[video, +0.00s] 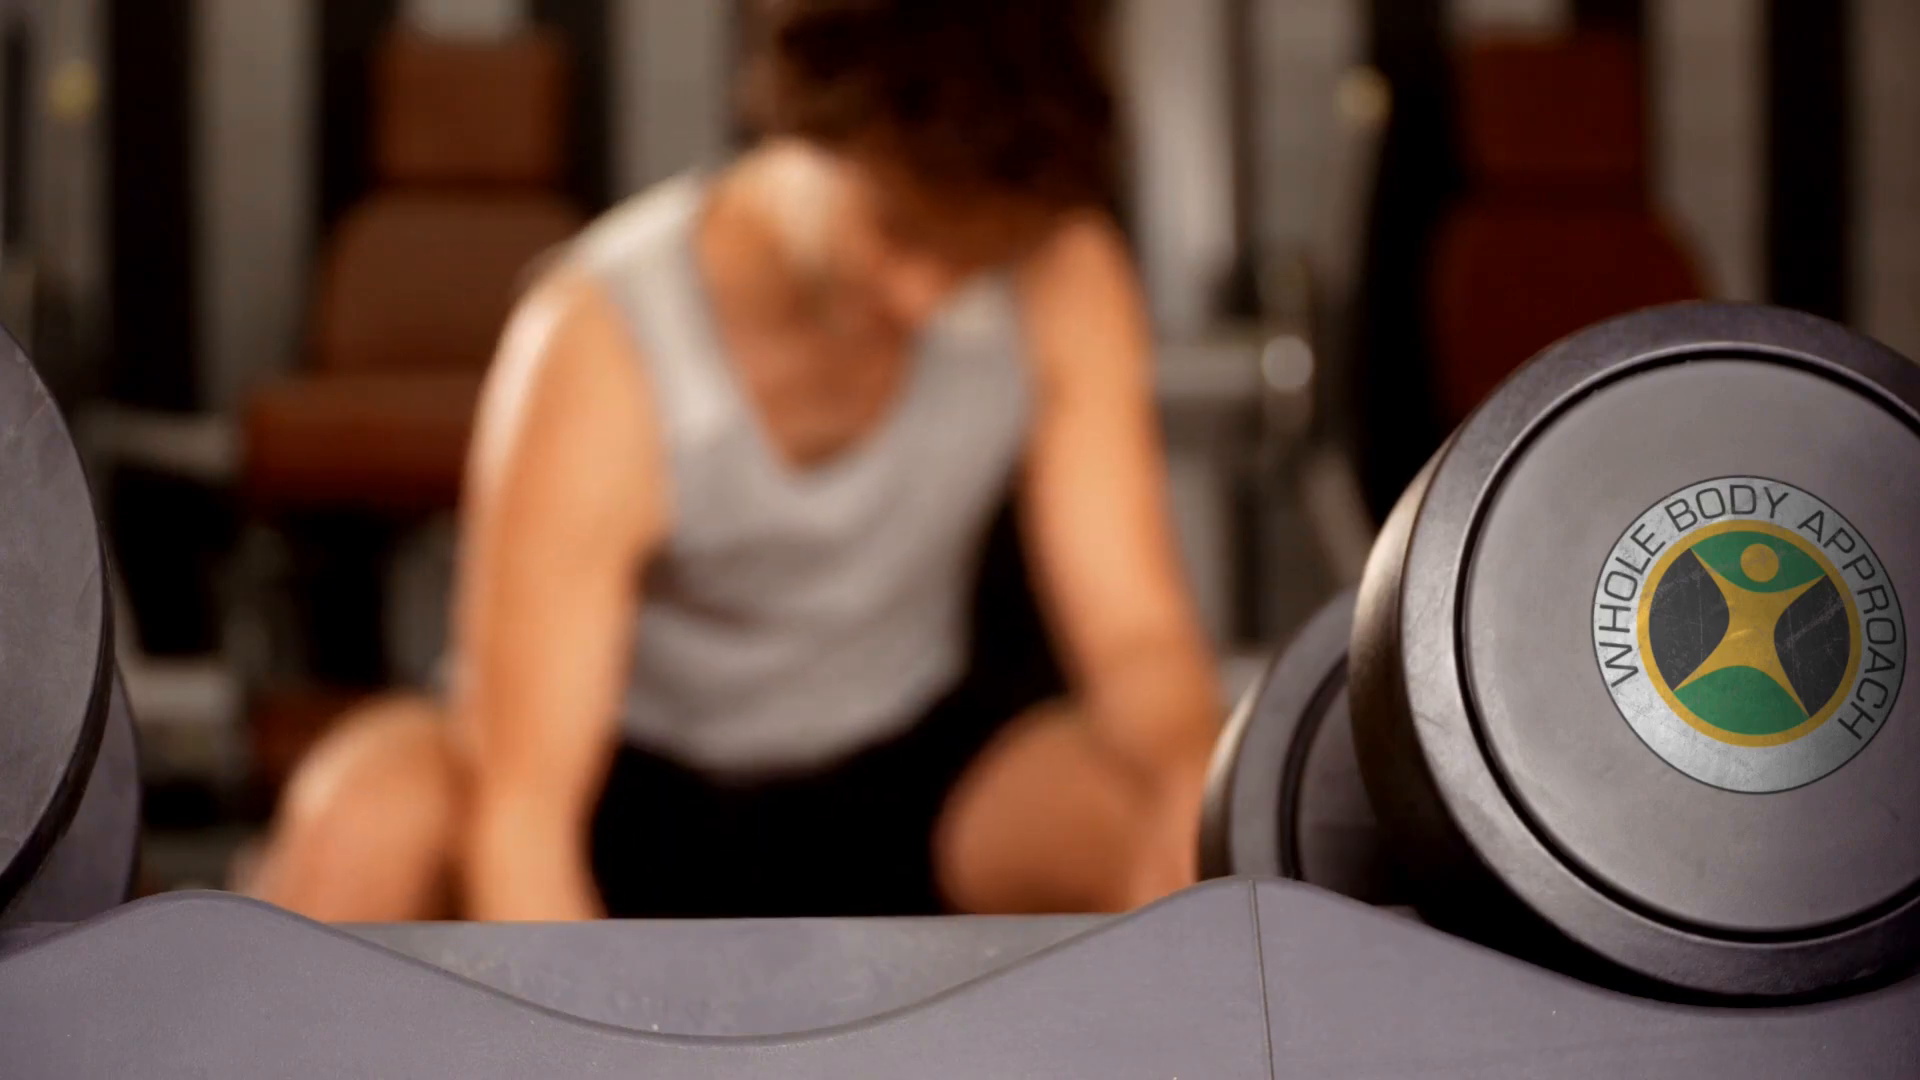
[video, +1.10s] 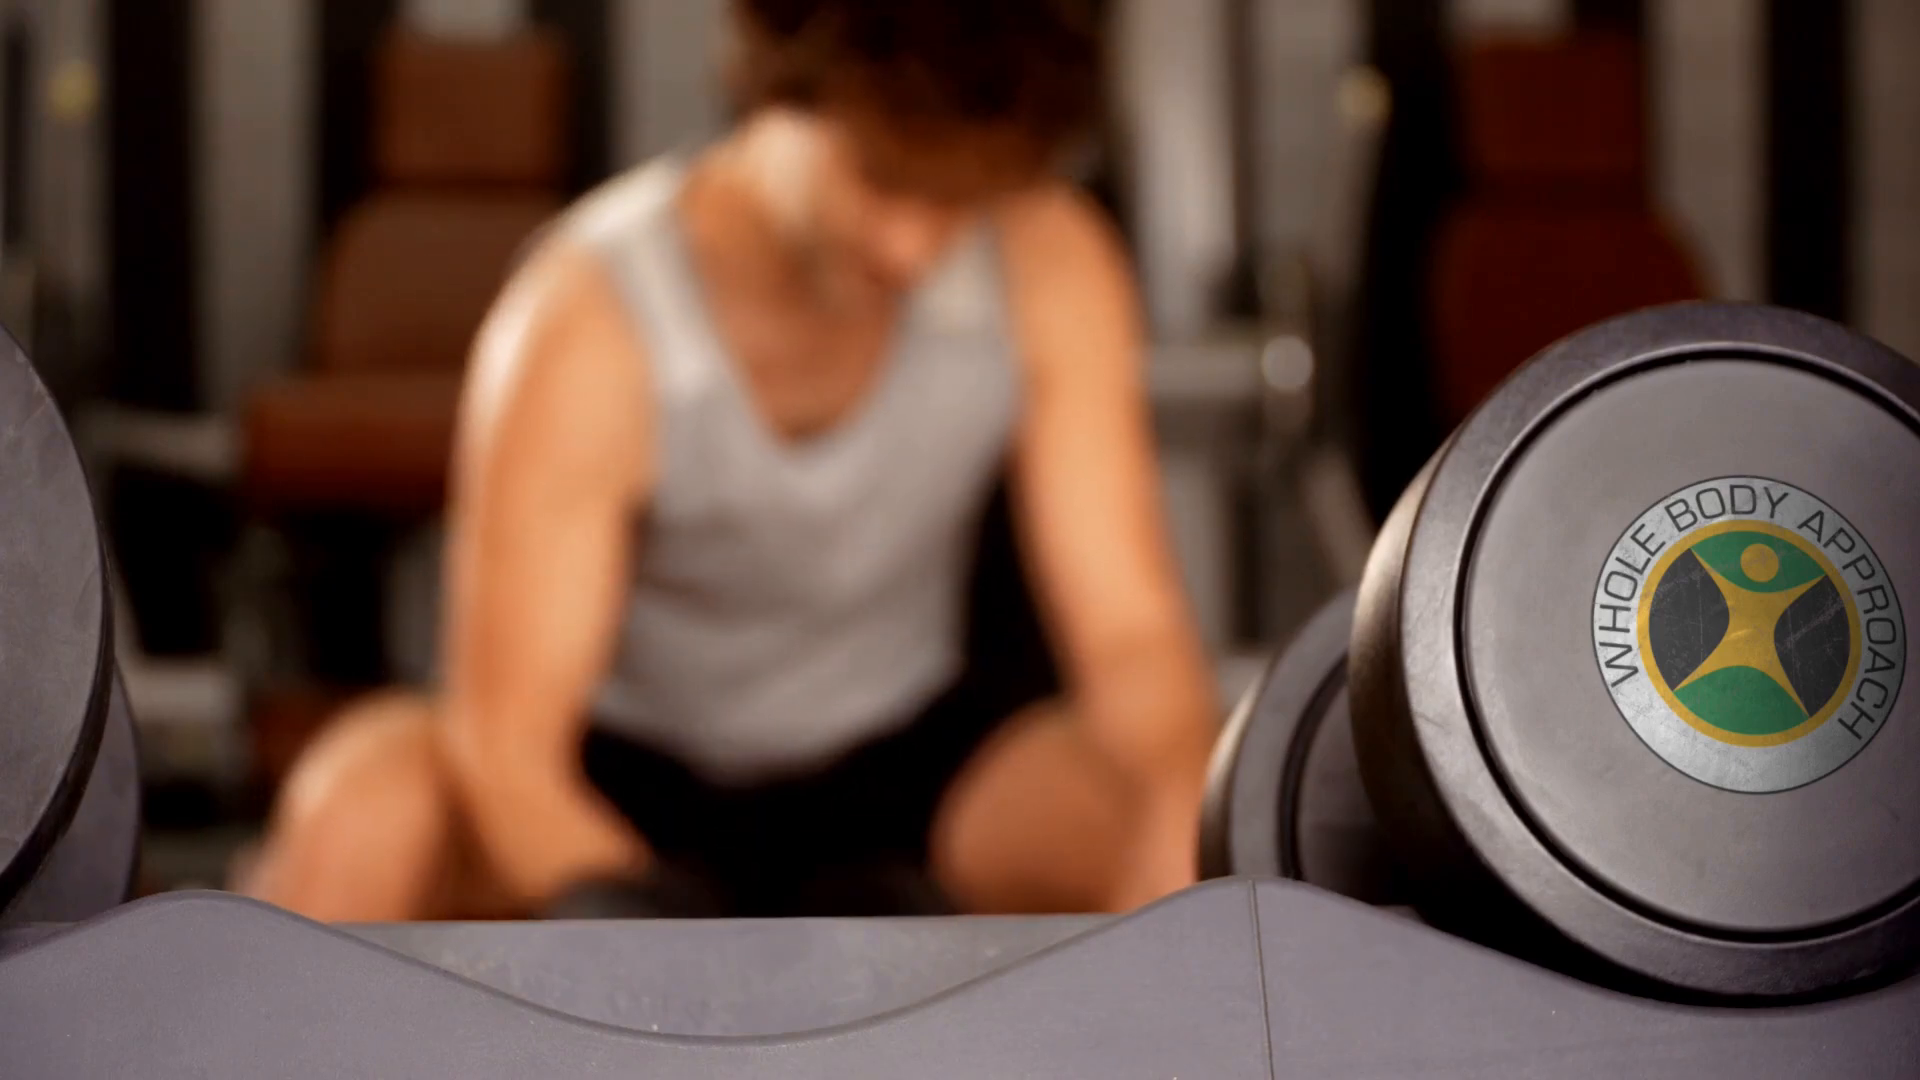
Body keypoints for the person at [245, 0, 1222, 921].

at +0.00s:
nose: (924, 302)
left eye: (978, 258)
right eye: (896, 238)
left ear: (1034, 213)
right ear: (806, 139)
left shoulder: (1056, 269)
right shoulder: (596, 340)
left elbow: (1137, 643)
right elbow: (523, 809)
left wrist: (1215, 826)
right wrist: (596, 1064)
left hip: (902, 782)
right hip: (627, 794)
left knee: (1194, 816)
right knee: (365, 800)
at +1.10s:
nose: (917, 247)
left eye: (966, 201)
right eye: (885, 186)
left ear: (1012, 161)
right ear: (784, 97)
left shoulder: (1045, 255)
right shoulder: (588, 310)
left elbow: (1130, 639)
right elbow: (506, 753)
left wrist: (1187, 852)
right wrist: (677, 961)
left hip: (903, 768)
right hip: (624, 779)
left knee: (1193, 817)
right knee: (362, 794)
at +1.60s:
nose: (880, 229)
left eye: (925, 180)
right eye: (846, 167)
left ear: (977, 139)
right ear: (745, 84)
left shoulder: (1007, 256)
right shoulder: (497, 314)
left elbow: (1123, 633)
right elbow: (520, 755)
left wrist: (1182, 865)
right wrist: (761, 706)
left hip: (892, 788)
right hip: (597, 802)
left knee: (1169, 802)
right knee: (374, 803)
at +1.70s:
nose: (864, 231)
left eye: (910, 181)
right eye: (829, 168)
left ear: (959, 146)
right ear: (725, 89)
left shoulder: (999, 257)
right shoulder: (477, 320)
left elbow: (1120, 633)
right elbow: (523, 746)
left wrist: (1186, 883)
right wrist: (747, 691)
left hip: (895, 787)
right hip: (600, 796)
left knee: (1167, 811)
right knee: (372, 810)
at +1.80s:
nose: (858, 230)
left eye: (905, 181)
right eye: (821, 169)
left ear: (952, 147)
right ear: (716, 91)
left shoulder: (994, 258)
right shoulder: (469, 327)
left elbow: (1120, 634)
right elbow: (525, 757)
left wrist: (1186, 891)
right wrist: (740, 683)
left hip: (893, 788)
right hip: (597, 802)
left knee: (1171, 817)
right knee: (374, 809)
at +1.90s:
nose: (854, 232)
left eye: (901, 181)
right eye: (815, 171)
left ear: (949, 147)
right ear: (707, 95)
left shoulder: (991, 256)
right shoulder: (465, 331)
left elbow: (1120, 635)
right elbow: (528, 768)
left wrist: (1183, 885)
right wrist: (752, 658)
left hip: (893, 784)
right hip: (597, 808)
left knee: (1176, 814)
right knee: (374, 807)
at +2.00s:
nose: (857, 234)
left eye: (902, 182)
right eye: (818, 173)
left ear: (948, 147)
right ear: (710, 105)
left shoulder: (992, 257)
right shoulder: (466, 331)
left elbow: (1120, 636)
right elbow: (530, 772)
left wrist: (1181, 880)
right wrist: (750, 646)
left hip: (890, 779)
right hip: (597, 805)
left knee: (1179, 816)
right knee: (373, 807)